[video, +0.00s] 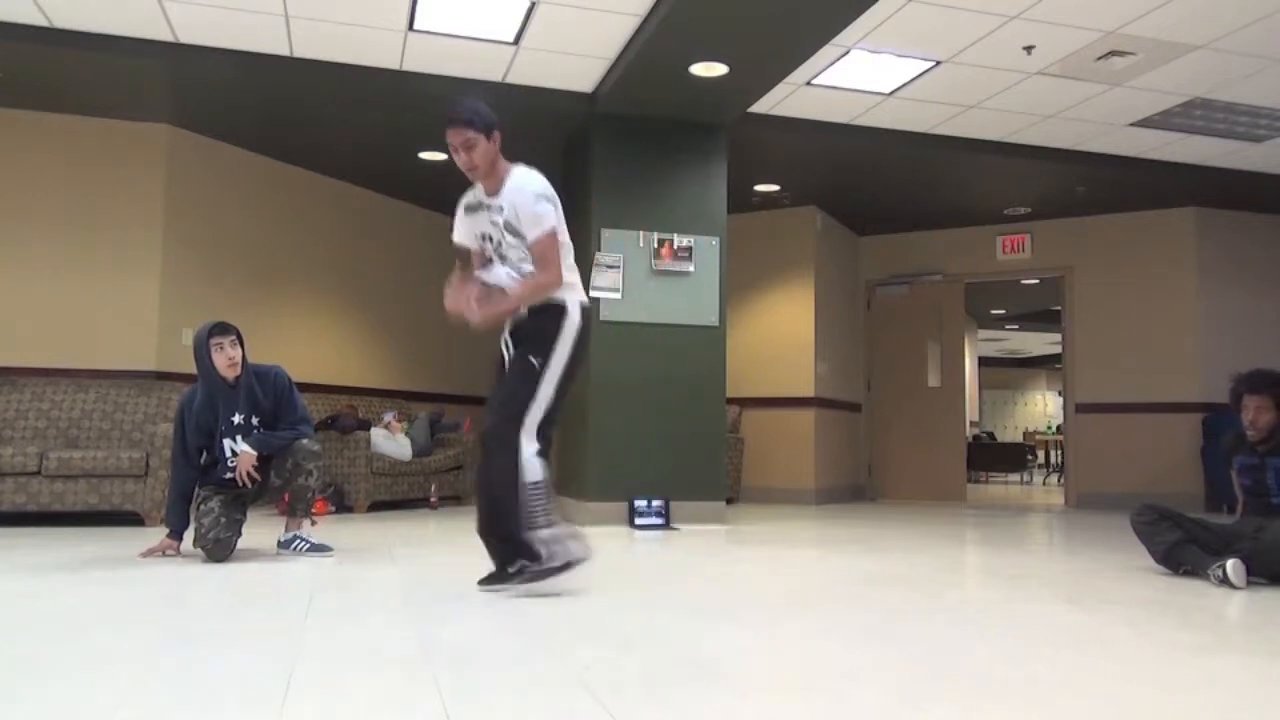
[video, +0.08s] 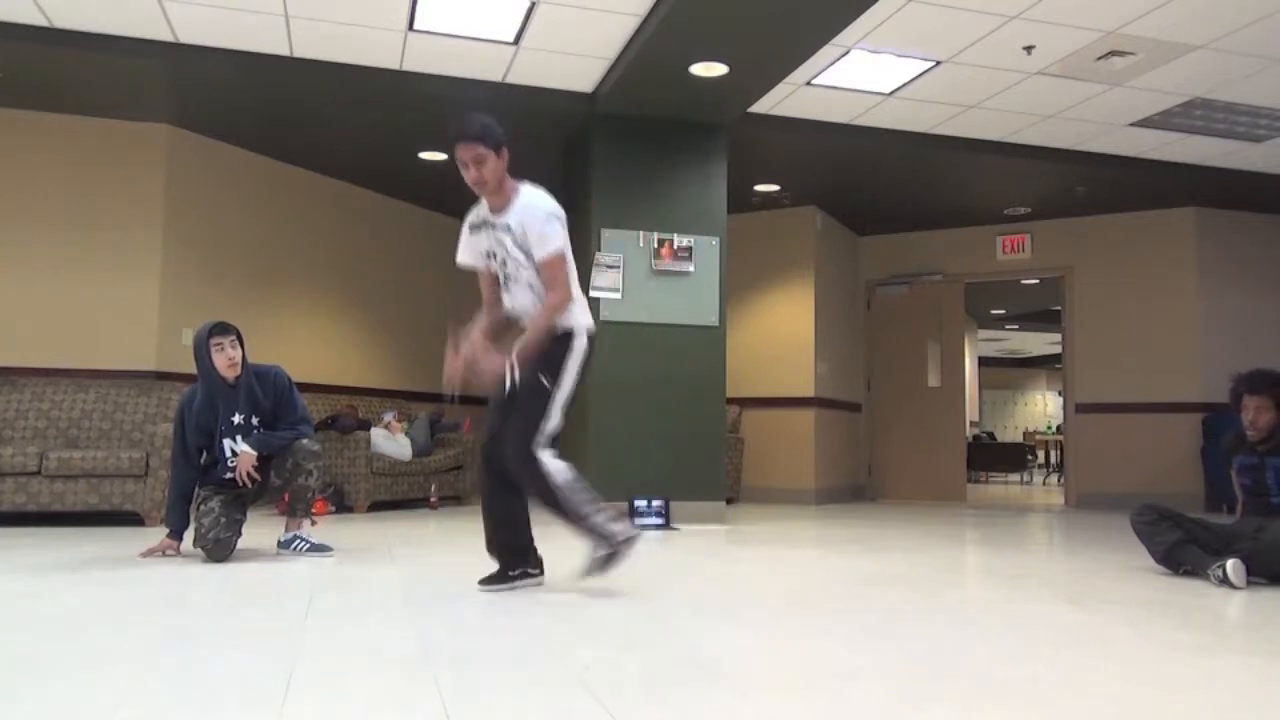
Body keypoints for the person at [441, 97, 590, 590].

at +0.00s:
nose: (464, 158)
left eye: (470, 145)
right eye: (455, 150)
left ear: (495, 139)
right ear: (451, 153)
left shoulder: (527, 190)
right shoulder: (470, 205)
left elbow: (552, 274)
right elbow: (469, 266)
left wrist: (492, 304)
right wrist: (459, 293)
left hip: (558, 313)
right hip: (519, 318)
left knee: (516, 427)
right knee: (498, 431)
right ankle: (515, 555)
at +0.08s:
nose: (471, 174)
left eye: (479, 162)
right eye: (463, 166)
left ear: (504, 157)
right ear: (459, 169)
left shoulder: (537, 208)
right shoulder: (477, 222)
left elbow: (560, 296)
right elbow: (493, 307)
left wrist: (516, 354)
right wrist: (471, 341)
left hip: (564, 332)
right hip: (525, 336)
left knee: (526, 444)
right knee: (496, 446)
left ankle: (610, 532)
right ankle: (519, 560)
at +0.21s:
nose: (489, 175)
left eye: (496, 162)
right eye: (480, 166)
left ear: (518, 160)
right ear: (472, 171)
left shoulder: (552, 208)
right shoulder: (487, 227)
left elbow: (598, 287)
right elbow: (507, 303)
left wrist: (645, 348)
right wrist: (482, 364)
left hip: (582, 350)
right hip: (534, 357)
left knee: (597, 455)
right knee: (502, 454)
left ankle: (695, 526)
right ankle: (519, 561)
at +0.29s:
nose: (507, 154)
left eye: (514, 141)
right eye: (498, 145)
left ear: (537, 136)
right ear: (492, 149)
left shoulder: (574, 176)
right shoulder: (505, 193)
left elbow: (647, 213)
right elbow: (523, 247)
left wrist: (729, 236)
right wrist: (485, 280)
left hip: (602, 328)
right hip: (548, 336)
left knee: (662, 429)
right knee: (520, 432)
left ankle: (735, 535)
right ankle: (514, 547)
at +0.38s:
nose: (521, 154)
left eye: (528, 141)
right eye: (513, 145)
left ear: (553, 135)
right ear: (509, 147)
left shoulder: (592, 168)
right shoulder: (521, 183)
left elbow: (671, 190)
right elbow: (528, 215)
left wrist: (762, 193)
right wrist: (489, 243)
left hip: (619, 318)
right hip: (561, 324)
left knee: (683, 424)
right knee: (513, 418)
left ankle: (758, 533)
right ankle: (509, 530)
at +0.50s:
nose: (551, 179)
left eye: (559, 169)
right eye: (544, 171)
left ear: (585, 163)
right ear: (541, 172)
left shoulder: (624, 197)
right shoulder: (554, 201)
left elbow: (710, 221)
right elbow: (540, 224)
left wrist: (805, 223)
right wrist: (495, 239)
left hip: (660, 336)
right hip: (602, 335)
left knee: (721, 445)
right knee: (527, 412)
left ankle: (806, 555)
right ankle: (492, 526)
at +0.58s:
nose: (569, 211)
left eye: (577, 199)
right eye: (562, 201)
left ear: (603, 191)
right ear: (557, 198)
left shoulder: (638, 230)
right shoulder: (569, 227)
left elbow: (723, 264)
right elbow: (543, 248)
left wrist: (822, 278)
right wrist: (489, 256)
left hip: (677, 360)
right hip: (617, 357)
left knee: (736, 466)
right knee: (545, 428)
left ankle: (821, 567)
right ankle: (490, 541)